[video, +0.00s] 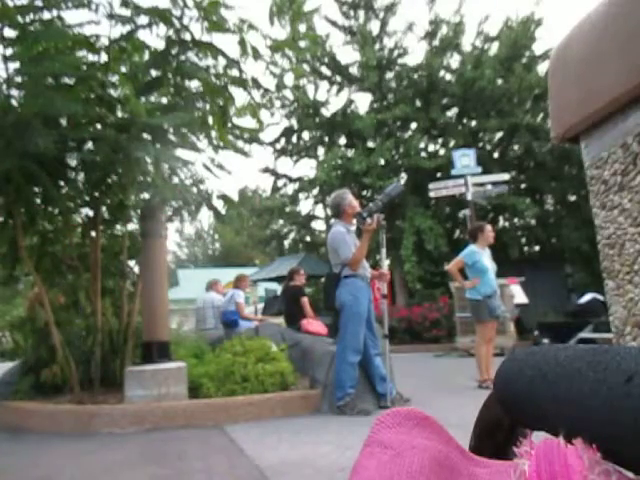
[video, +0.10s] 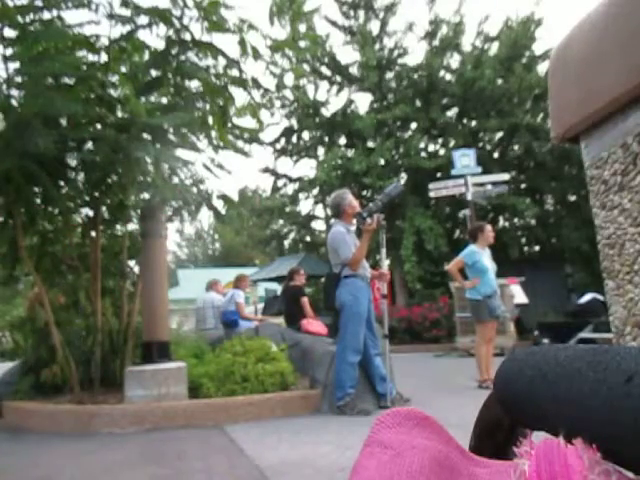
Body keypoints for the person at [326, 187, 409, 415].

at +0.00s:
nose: (358, 204)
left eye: (356, 200)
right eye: (354, 201)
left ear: (346, 208)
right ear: (345, 207)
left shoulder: (349, 232)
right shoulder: (338, 232)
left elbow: (355, 265)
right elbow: (353, 261)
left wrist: (373, 273)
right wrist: (367, 234)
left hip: (362, 284)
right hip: (351, 284)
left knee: (371, 344)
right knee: (351, 344)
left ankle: (387, 393)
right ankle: (344, 398)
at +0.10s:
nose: (358, 204)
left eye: (356, 200)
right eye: (354, 201)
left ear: (346, 208)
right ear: (345, 207)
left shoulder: (348, 232)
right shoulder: (338, 232)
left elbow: (355, 265)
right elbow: (353, 261)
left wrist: (373, 273)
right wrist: (367, 234)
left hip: (362, 284)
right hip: (351, 284)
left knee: (371, 344)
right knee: (351, 344)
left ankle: (387, 393)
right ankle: (344, 398)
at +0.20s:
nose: (358, 204)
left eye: (356, 200)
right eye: (354, 201)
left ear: (345, 208)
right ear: (346, 207)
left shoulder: (348, 232)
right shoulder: (338, 232)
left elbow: (355, 265)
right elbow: (353, 261)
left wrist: (373, 273)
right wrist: (367, 234)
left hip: (362, 284)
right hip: (351, 284)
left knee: (370, 344)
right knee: (351, 344)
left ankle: (386, 393)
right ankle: (344, 397)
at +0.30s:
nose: (358, 204)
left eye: (356, 200)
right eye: (354, 201)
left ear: (345, 208)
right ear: (346, 207)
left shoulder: (348, 232)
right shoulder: (337, 232)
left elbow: (355, 265)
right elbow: (353, 261)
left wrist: (373, 273)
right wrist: (367, 234)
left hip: (361, 284)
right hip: (351, 284)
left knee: (370, 344)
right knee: (351, 345)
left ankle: (386, 393)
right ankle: (344, 397)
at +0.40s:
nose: (358, 204)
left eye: (356, 200)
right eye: (354, 200)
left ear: (345, 208)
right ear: (345, 207)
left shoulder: (348, 232)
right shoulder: (337, 232)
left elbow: (355, 265)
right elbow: (353, 261)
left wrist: (373, 273)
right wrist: (367, 234)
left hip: (361, 284)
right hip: (351, 284)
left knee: (370, 344)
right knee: (351, 345)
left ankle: (386, 393)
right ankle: (344, 397)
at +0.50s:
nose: (358, 204)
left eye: (356, 200)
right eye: (354, 201)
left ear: (345, 208)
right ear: (345, 207)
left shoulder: (348, 232)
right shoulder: (337, 232)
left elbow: (355, 265)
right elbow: (353, 261)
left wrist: (373, 273)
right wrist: (367, 234)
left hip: (361, 284)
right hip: (351, 284)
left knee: (370, 344)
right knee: (351, 345)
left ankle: (386, 393)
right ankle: (344, 397)